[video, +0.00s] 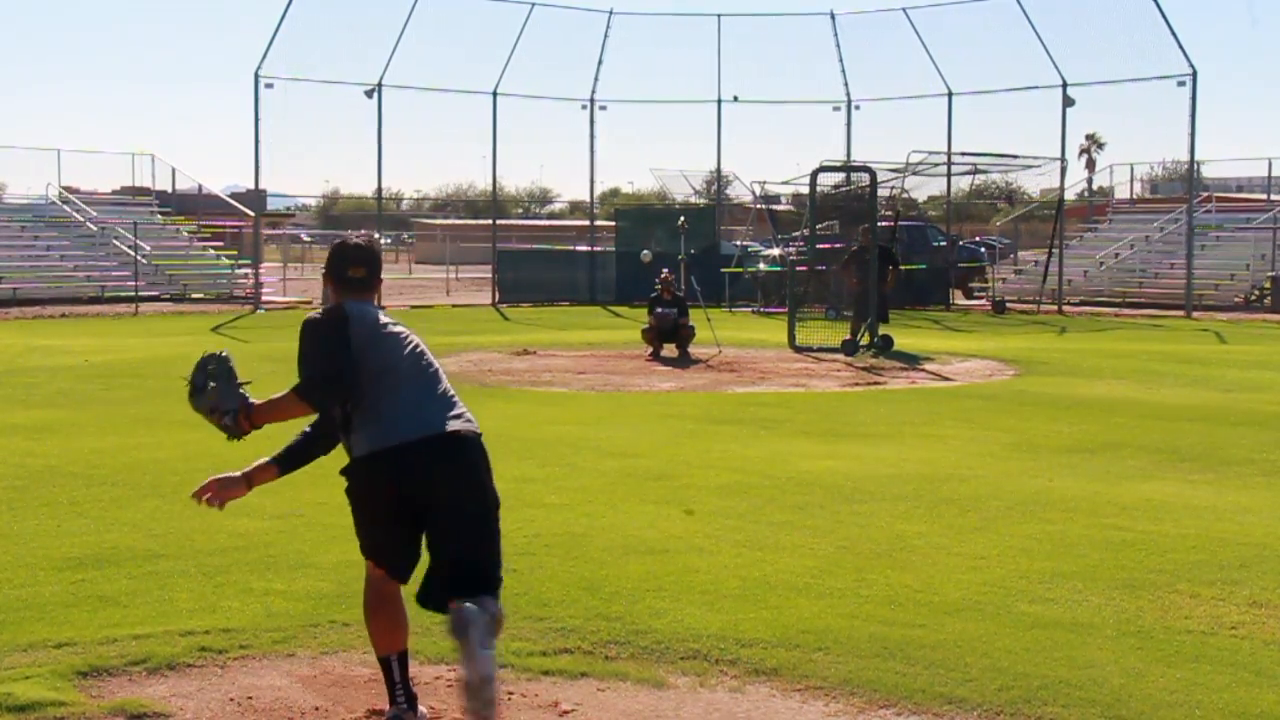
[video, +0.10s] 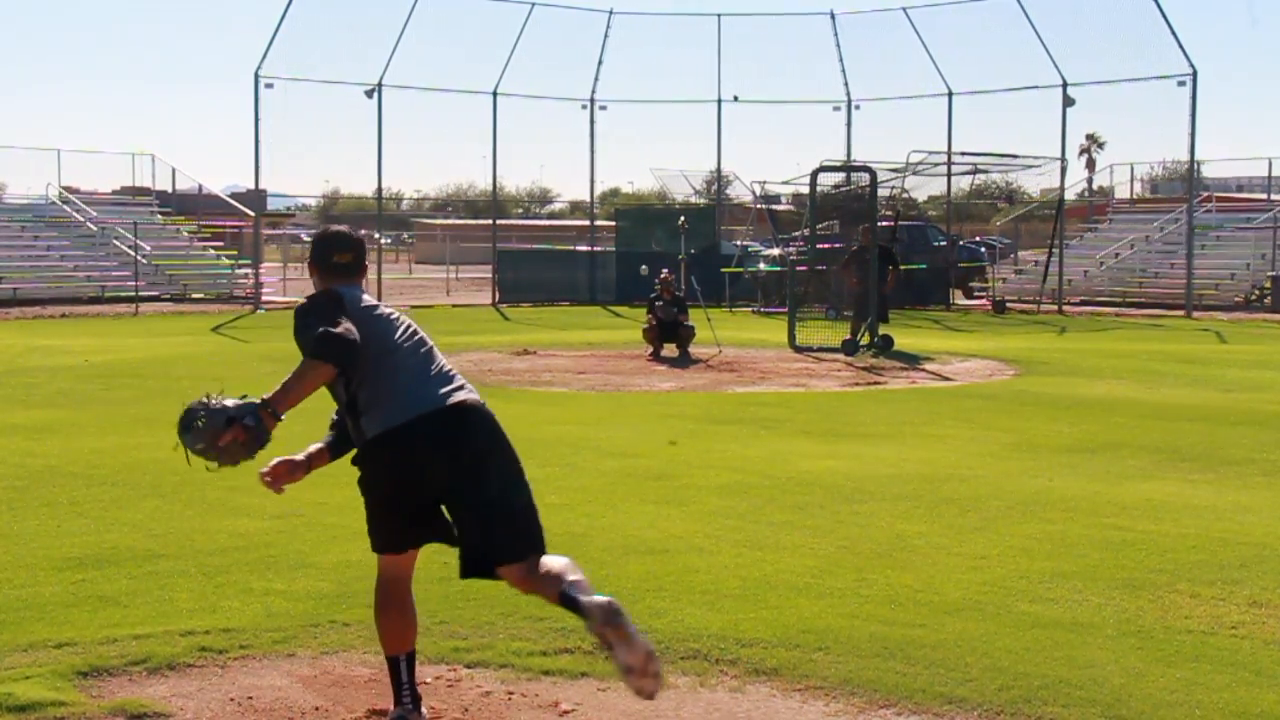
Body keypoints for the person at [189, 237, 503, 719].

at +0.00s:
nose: (322, 288)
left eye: (323, 281)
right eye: (325, 282)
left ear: (328, 283)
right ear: (378, 285)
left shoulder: (323, 324)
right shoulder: (396, 333)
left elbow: (320, 395)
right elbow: (328, 432)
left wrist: (251, 413)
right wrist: (248, 477)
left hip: (385, 461)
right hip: (457, 449)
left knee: (384, 574)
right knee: (475, 586)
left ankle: (401, 701)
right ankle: (474, 626)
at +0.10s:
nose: (308, 276)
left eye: (309, 268)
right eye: (313, 269)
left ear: (313, 270)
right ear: (362, 271)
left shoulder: (318, 304)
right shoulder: (385, 316)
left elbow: (336, 353)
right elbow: (366, 413)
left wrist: (265, 411)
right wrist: (308, 460)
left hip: (395, 443)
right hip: (467, 421)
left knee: (395, 570)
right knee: (520, 565)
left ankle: (406, 700)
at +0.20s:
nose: (301, 263)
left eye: (300, 255)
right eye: (311, 253)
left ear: (304, 257)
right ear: (352, 254)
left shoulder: (312, 295)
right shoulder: (377, 301)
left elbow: (340, 343)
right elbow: (381, 401)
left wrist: (314, 412)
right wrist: (349, 476)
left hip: (404, 438)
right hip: (474, 407)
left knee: (403, 571)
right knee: (559, 536)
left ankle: (408, 704)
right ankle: (666, 609)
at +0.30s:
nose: (295, 248)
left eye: (296, 240)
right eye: (302, 238)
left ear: (301, 246)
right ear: (348, 243)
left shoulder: (315, 289)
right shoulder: (374, 288)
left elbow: (366, 342)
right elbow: (384, 390)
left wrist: (380, 421)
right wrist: (367, 480)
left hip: (419, 431)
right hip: (482, 403)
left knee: (410, 571)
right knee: (574, 529)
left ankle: (409, 704)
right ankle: (679, 628)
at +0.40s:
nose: (299, 239)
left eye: (298, 230)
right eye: (309, 229)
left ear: (302, 234)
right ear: (353, 231)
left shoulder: (327, 284)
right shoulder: (373, 275)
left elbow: (391, 342)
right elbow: (370, 384)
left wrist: (421, 415)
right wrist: (353, 467)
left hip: (424, 428)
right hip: (488, 402)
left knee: (415, 567)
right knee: (564, 536)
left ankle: (410, 702)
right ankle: (641, 659)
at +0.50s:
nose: (309, 224)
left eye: (309, 216)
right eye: (314, 216)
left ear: (313, 223)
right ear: (363, 216)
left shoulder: (347, 276)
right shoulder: (374, 265)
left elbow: (417, 347)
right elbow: (355, 370)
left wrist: (445, 432)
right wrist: (317, 444)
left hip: (431, 428)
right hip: (493, 410)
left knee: (418, 567)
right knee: (542, 548)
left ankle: (411, 703)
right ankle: (603, 678)